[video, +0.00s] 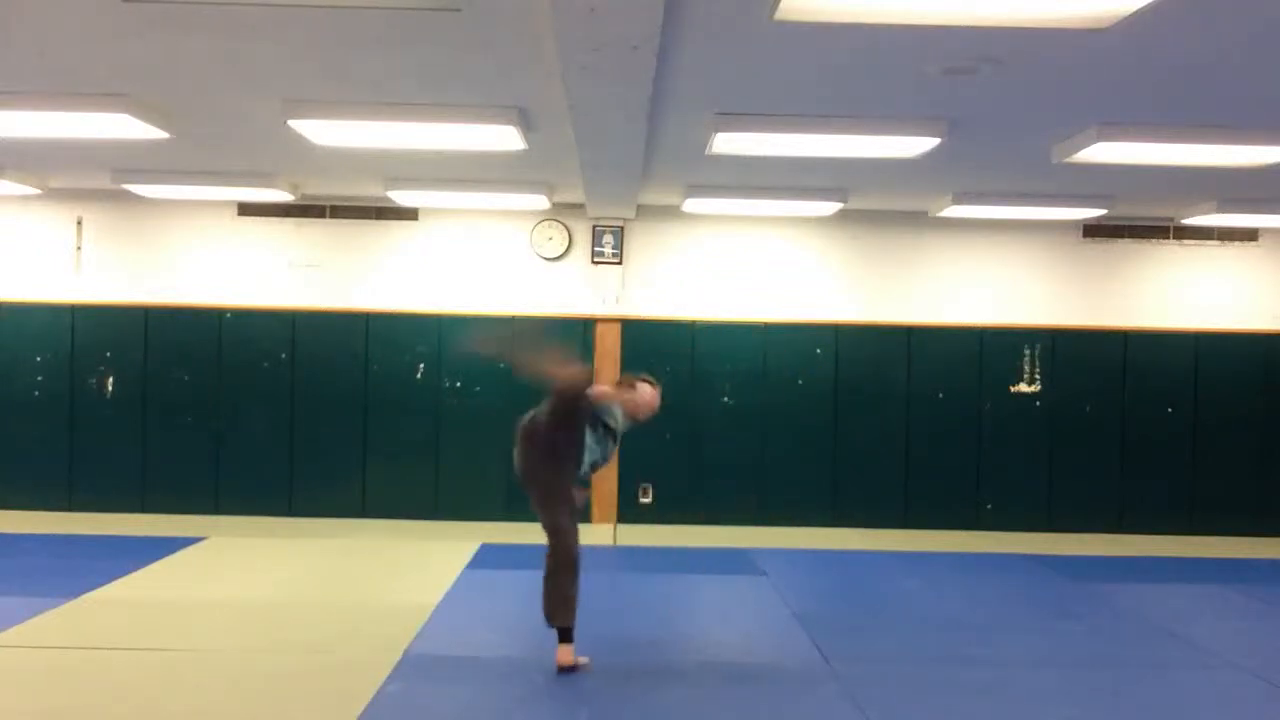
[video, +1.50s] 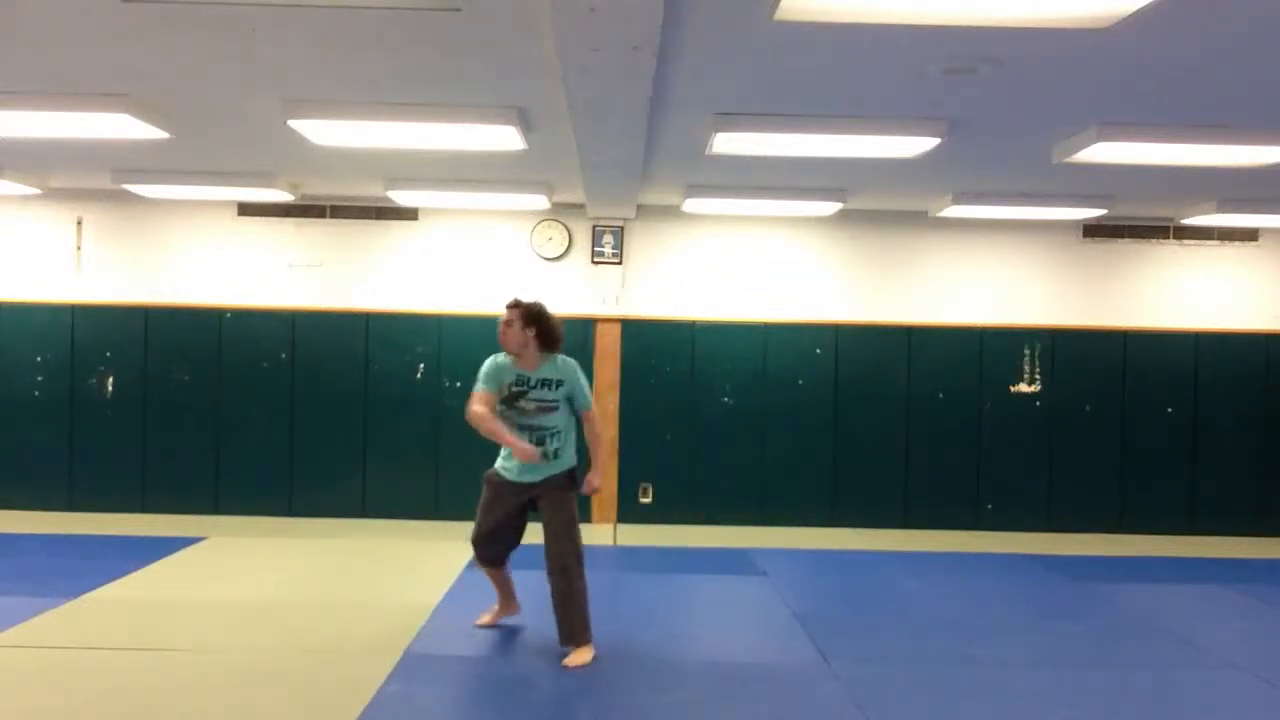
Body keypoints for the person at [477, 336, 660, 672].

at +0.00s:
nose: (648, 405)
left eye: (653, 405)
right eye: (647, 395)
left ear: (648, 415)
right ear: (630, 388)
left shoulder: (607, 442)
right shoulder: (608, 402)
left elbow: (578, 469)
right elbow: (592, 395)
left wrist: (577, 490)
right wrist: (625, 398)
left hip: (554, 481)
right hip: (546, 443)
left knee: (565, 551)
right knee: (575, 382)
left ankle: (565, 647)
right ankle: (507, 353)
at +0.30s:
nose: (608, 364)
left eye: (615, 361)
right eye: (605, 354)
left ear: (618, 372)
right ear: (586, 354)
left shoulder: (600, 417)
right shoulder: (546, 376)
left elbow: (585, 462)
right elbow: (498, 405)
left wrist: (571, 451)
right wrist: (545, 416)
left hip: (542, 488)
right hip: (495, 475)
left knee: (561, 556)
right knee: (460, 555)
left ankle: (551, 644)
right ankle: (459, 611)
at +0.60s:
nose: (494, 326)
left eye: (501, 319)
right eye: (489, 319)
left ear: (516, 324)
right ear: (482, 323)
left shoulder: (536, 363)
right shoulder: (483, 359)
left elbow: (553, 415)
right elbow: (495, 404)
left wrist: (502, 417)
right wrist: (475, 411)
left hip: (533, 465)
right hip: (493, 462)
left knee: (543, 548)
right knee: (478, 542)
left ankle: (561, 634)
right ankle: (468, 615)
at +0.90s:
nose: (505, 322)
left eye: (513, 316)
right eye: (500, 315)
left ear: (528, 322)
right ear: (494, 320)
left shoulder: (546, 362)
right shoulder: (489, 361)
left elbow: (565, 411)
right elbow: (476, 403)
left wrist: (520, 406)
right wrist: (475, 412)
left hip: (532, 470)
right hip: (492, 467)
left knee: (544, 553)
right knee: (475, 543)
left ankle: (581, 635)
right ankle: (467, 617)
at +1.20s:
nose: (533, 324)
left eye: (542, 318)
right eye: (532, 318)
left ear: (563, 326)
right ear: (530, 323)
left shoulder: (586, 370)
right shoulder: (516, 356)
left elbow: (610, 420)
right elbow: (487, 403)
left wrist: (590, 431)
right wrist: (534, 419)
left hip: (557, 477)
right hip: (509, 471)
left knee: (562, 559)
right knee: (481, 546)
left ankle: (581, 642)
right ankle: (471, 607)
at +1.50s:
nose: (501, 329)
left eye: (509, 324)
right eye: (502, 323)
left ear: (531, 332)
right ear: (511, 331)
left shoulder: (566, 370)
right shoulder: (496, 367)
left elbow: (590, 420)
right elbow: (477, 411)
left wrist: (597, 469)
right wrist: (515, 443)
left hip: (556, 476)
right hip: (508, 474)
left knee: (564, 558)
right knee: (486, 545)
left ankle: (581, 642)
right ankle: (507, 603)